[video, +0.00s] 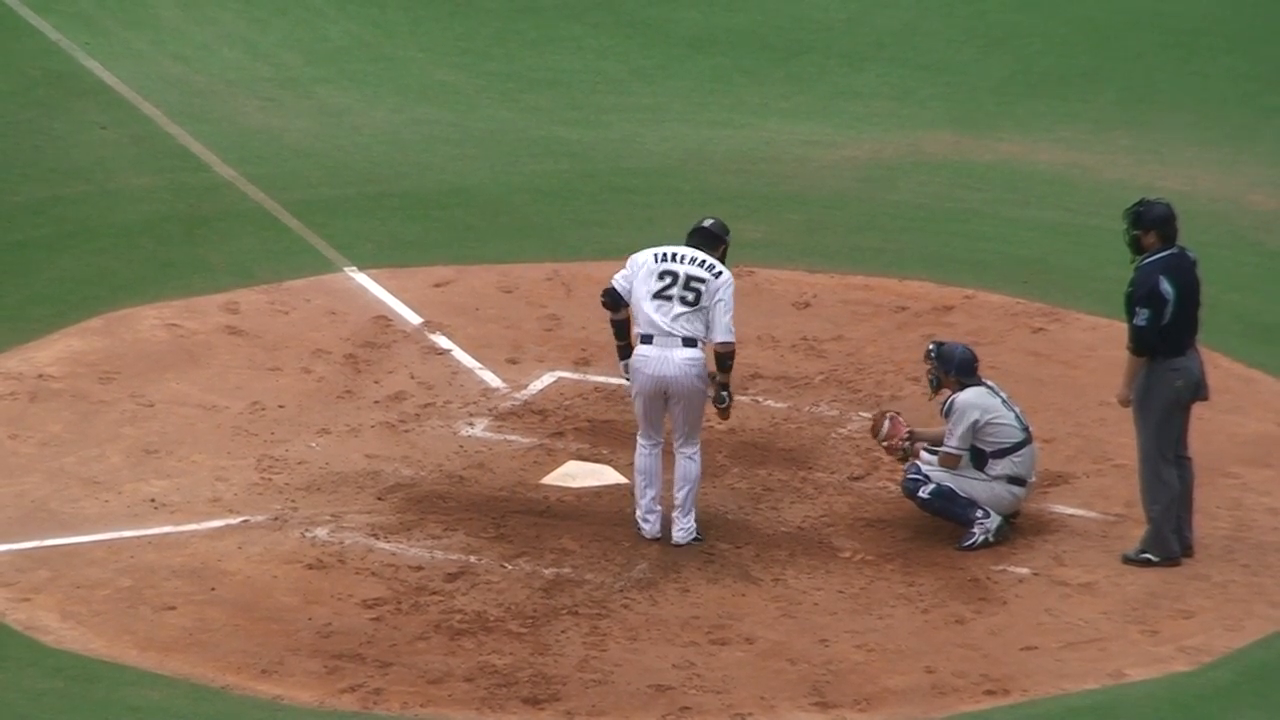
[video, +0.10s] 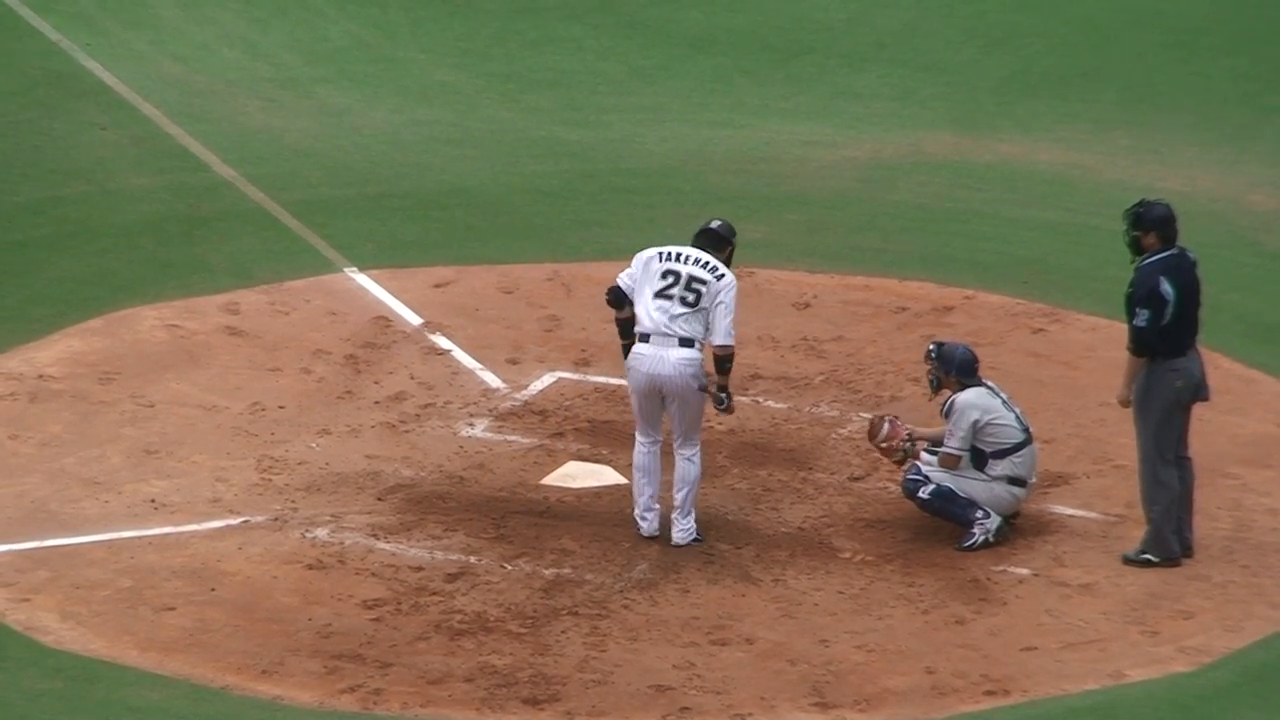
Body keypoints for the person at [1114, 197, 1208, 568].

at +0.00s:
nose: (1133, 236)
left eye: (1137, 231)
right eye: (1134, 229)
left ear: (1150, 236)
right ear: (1166, 233)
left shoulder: (1148, 275)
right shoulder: (1184, 260)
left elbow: (1140, 342)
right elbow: (1187, 323)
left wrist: (1126, 386)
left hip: (1161, 372)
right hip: (1186, 365)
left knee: (1155, 459)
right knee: (1175, 455)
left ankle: (1160, 544)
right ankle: (1178, 536)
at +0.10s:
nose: (1133, 236)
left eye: (1137, 231)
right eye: (1134, 230)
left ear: (1150, 236)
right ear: (1166, 233)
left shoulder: (1148, 275)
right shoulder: (1184, 261)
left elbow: (1140, 341)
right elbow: (1187, 322)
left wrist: (1126, 385)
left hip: (1161, 372)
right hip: (1187, 365)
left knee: (1156, 459)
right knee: (1175, 455)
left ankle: (1160, 545)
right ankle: (1178, 537)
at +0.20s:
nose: (1133, 236)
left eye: (1137, 231)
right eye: (1134, 229)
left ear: (1150, 236)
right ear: (1166, 232)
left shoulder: (1148, 275)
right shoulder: (1184, 260)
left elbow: (1140, 341)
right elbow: (1187, 321)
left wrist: (1126, 384)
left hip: (1161, 371)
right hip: (1187, 364)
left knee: (1156, 458)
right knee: (1175, 454)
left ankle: (1160, 543)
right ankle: (1178, 536)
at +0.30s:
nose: (1133, 236)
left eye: (1137, 231)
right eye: (1134, 229)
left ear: (1150, 236)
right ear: (1166, 233)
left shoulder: (1148, 276)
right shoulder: (1185, 261)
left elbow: (1141, 342)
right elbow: (1187, 323)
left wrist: (1127, 385)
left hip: (1162, 372)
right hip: (1187, 365)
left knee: (1156, 460)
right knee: (1176, 455)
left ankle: (1160, 545)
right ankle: (1178, 537)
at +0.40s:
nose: (1133, 237)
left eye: (1137, 232)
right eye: (1135, 231)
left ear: (1150, 237)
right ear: (1167, 234)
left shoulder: (1147, 277)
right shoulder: (1185, 261)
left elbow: (1140, 343)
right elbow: (1188, 323)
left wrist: (1126, 386)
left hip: (1162, 373)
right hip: (1188, 366)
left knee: (1157, 461)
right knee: (1176, 456)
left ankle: (1160, 546)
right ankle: (1179, 538)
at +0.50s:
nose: (1133, 236)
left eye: (1137, 231)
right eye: (1134, 229)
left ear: (1150, 236)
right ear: (1166, 232)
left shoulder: (1148, 275)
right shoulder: (1185, 260)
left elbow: (1140, 340)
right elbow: (1188, 322)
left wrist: (1126, 384)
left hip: (1162, 372)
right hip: (1188, 365)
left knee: (1157, 459)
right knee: (1176, 455)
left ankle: (1161, 544)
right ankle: (1179, 537)